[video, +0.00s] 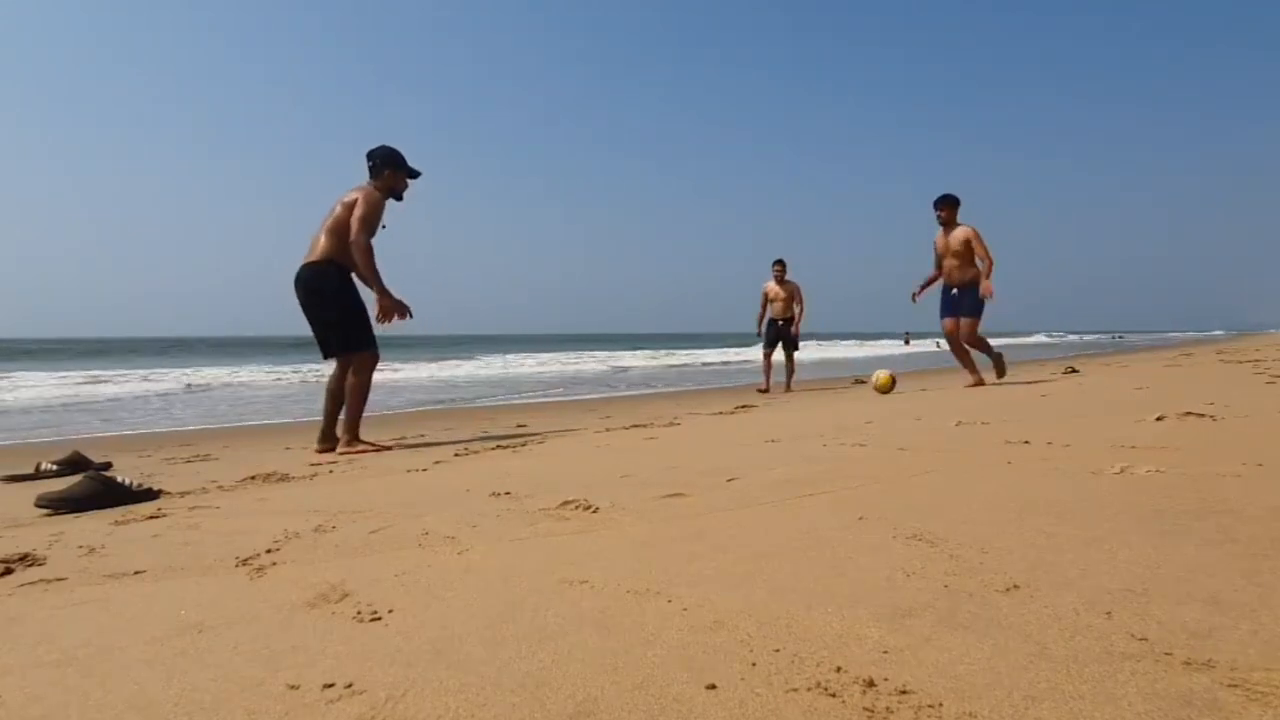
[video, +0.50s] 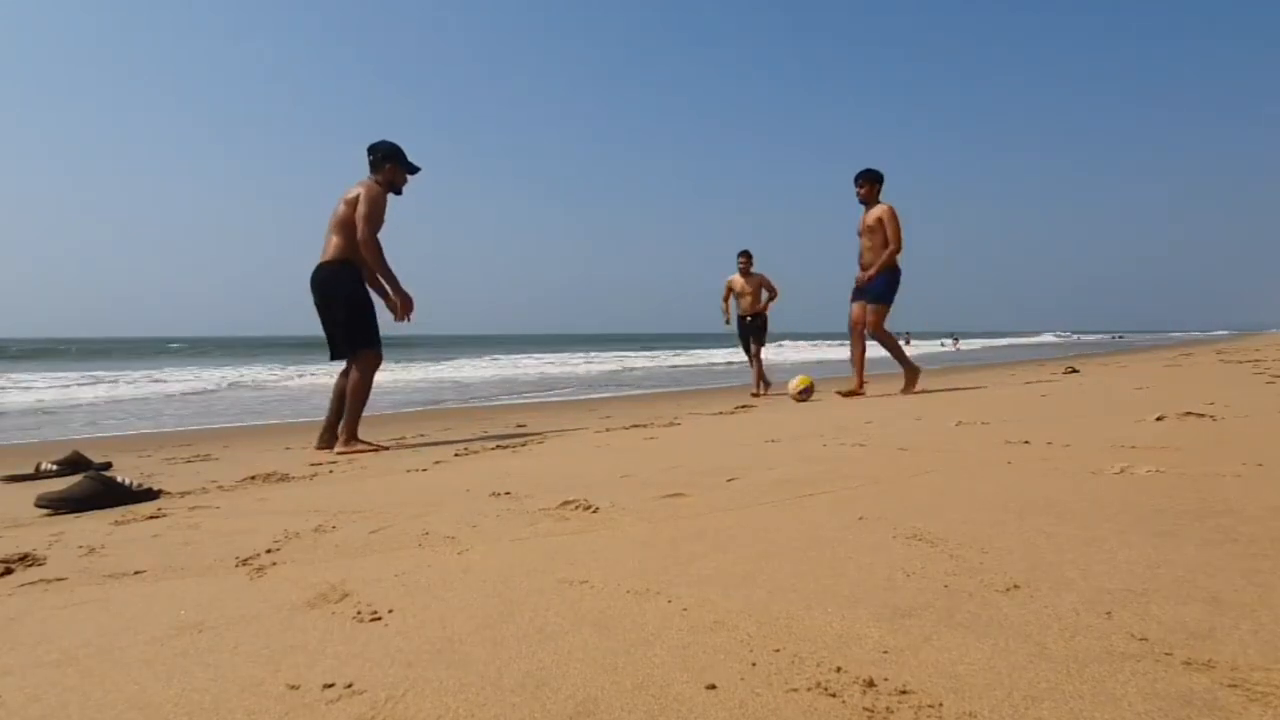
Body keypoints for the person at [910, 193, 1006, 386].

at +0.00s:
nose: (938, 214)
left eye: (942, 210)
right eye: (936, 211)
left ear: (954, 211)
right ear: (936, 213)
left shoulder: (968, 233)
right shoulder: (939, 238)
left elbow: (987, 260)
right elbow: (939, 271)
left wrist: (984, 281)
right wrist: (922, 288)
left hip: (970, 287)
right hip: (949, 288)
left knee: (967, 336)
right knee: (950, 333)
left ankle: (995, 356)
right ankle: (975, 377)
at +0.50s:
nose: (858, 191)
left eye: (863, 186)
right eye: (857, 187)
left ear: (876, 188)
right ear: (858, 190)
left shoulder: (885, 212)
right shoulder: (866, 215)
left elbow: (894, 246)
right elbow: (868, 248)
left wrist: (871, 272)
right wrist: (862, 271)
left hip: (884, 272)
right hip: (866, 273)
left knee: (874, 326)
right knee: (856, 324)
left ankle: (910, 369)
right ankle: (858, 382)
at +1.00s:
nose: (770, 202)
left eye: (773, 197)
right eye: (769, 197)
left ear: (788, 196)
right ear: (779, 198)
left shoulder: (798, 221)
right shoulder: (786, 223)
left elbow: (799, 259)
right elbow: (786, 262)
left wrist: (772, 282)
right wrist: (768, 285)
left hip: (795, 287)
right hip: (779, 286)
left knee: (769, 338)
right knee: (736, 320)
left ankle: (773, 397)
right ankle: (722, 381)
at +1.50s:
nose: (745, 197)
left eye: (749, 192)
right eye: (744, 192)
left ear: (762, 191)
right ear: (745, 193)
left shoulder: (780, 217)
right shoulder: (741, 221)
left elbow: (810, 242)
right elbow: (713, 246)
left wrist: (844, 256)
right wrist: (677, 255)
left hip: (771, 281)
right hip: (749, 281)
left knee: (747, 333)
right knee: (722, 334)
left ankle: (747, 391)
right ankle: (756, 356)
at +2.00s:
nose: (777, 202)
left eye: (782, 198)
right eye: (773, 197)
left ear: (788, 196)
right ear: (766, 195)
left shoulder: (791, 220)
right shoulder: (752, 222)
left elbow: (789, 249)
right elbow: (736, 255)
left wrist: (797, 280)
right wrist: (728, 286)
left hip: (782, 284)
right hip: (754, 285)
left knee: (795, 331)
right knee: (750, 341)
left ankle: (789, 370)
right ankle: (747, 394)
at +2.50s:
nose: (844, 198)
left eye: (848, 193)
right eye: (839, 193)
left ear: (852, 194)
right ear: (829, 193)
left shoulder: (851, 222)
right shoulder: (815, 220)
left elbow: (852, 256)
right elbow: (790, 251)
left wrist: (867, 277)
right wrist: (790, 287)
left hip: (831, 285)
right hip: (806, 284)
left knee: (841, 339)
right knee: (809, 340)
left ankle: (829, 391)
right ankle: (784, 375)